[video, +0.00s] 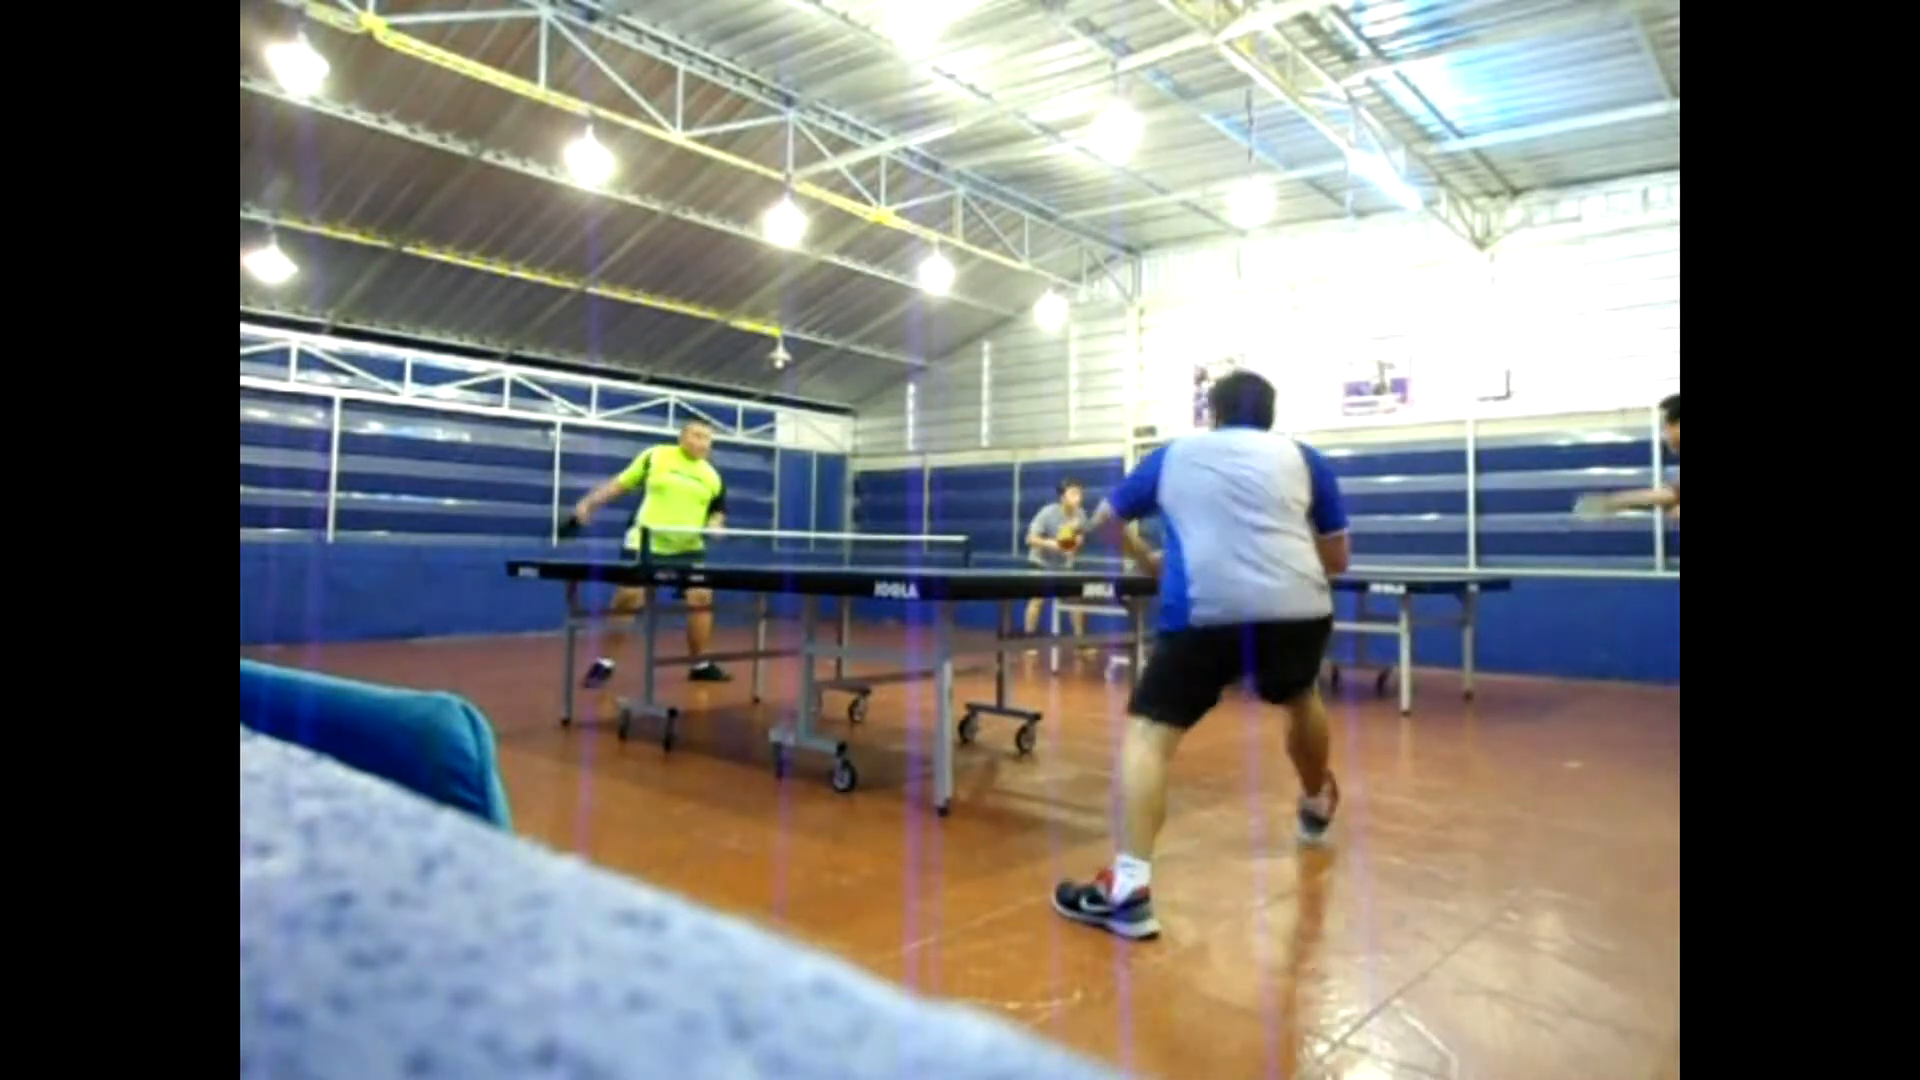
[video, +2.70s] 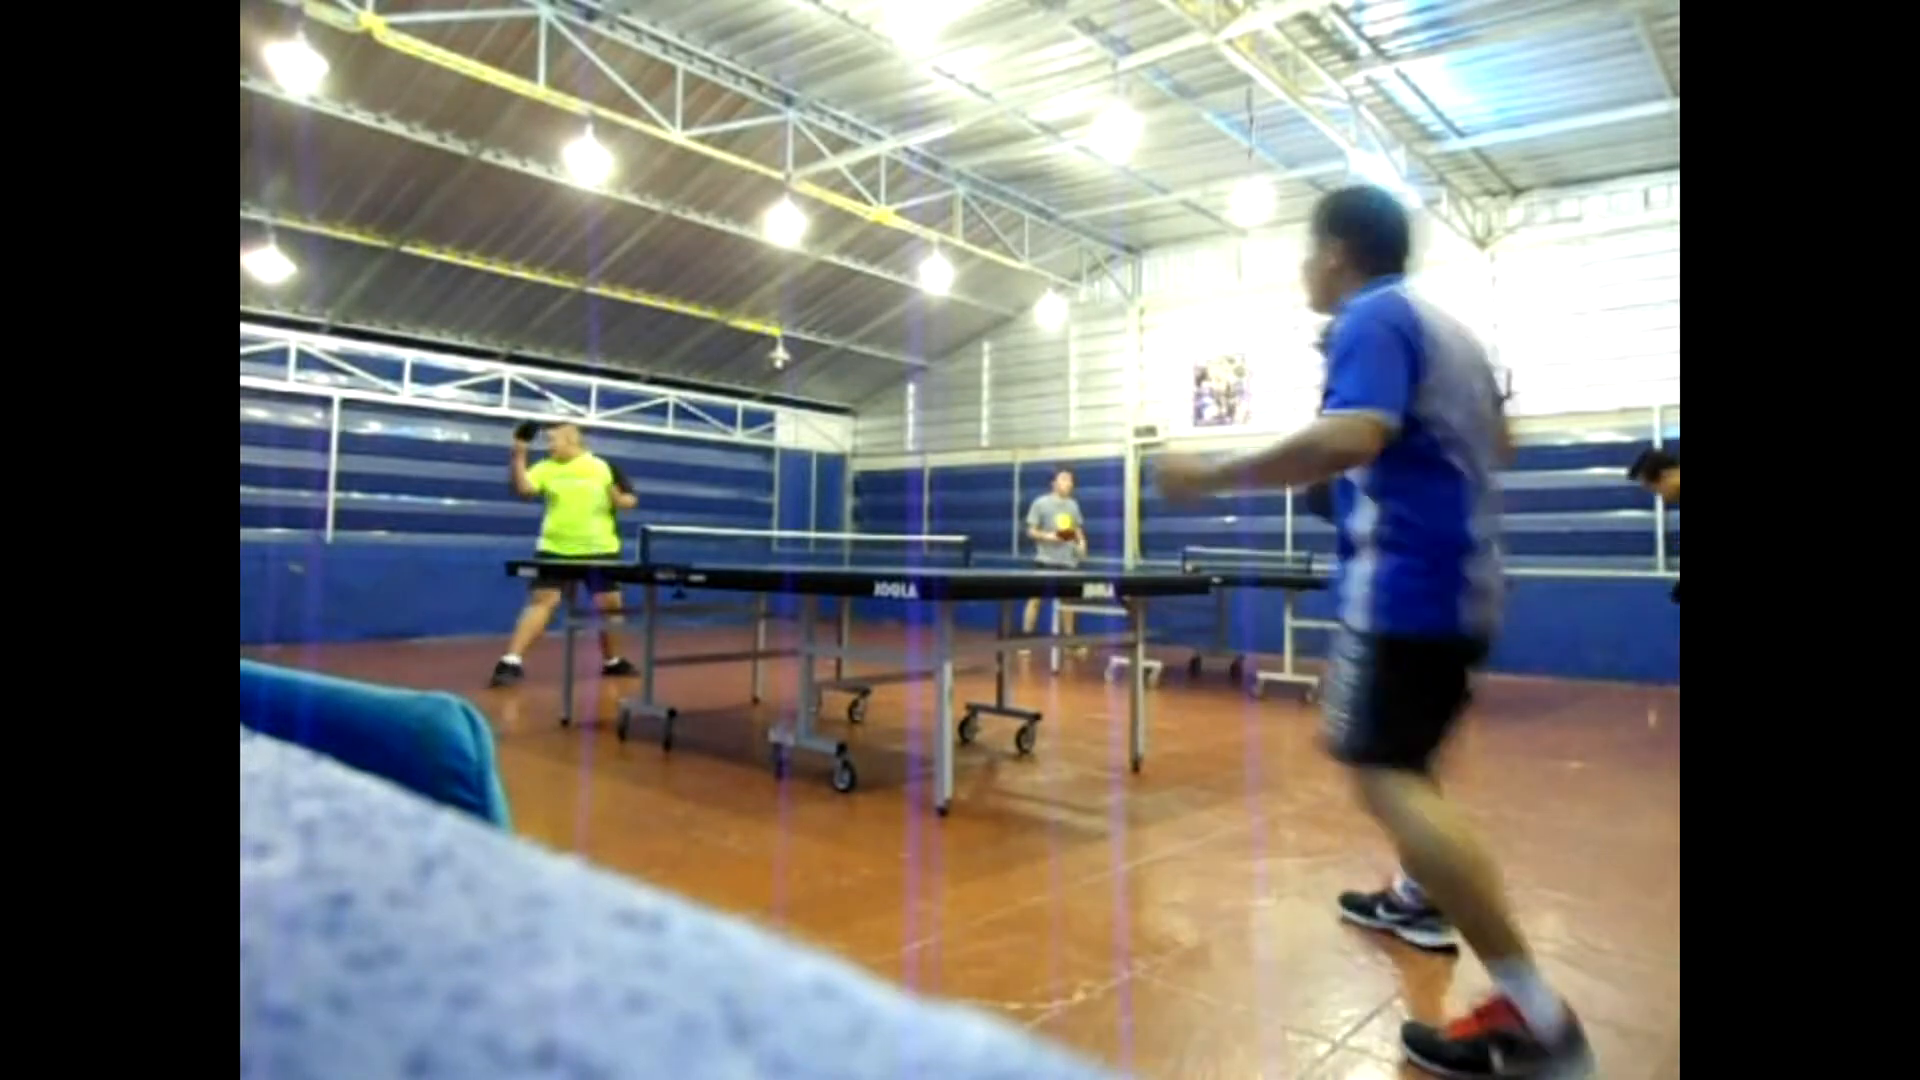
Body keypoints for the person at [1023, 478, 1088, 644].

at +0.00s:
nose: (1076, 498)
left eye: (1078, 493)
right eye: (1072, 493)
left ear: (1081, 496)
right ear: (1063, 496)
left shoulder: (1080, 515)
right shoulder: (1048, 513)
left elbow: (1082, 534)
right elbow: (1031, 537)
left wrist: (1075, 543)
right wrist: (1052, 545)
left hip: (1066, 563)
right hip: (1041, 563)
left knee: (1076, 600)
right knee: (1037, 599)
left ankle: (1080, 638)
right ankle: (1029, 636)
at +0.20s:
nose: (1084, 506)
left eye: (1086, 502)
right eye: (1080, 501)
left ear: (1087, 504)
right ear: (1070, 503)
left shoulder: (1079, 519)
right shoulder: (1055, 517)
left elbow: (1073, 544)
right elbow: (1049, 547)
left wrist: (1085, 551)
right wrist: (1078, 551)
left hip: (1065, 564)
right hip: (1042, 564)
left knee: (1077, 600)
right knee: (1041, 597)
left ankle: (1079, 639)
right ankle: (1029, 636)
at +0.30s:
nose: (1087, 502)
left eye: (1088, 498)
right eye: (1083, 498)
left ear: (1089, 501)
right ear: (1072, 499)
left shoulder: (1079, 516)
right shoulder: (1060, 515)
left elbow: (1074, 539)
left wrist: (1077, 551)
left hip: (1065, 562)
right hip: (1044, 563)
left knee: (1076, 600)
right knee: (1042, 598)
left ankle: (1079, 639)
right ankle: (1029, 635)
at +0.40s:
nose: (1089, 496)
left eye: (1090, 492)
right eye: (1085, 491)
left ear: (1091, 495)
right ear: (1075, 493)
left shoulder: (1081, 511)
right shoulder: (1063, 510)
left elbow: (1078, 535)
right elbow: (1074, 530)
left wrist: (1080, 556)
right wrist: (1096, 527)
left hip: (1069, 561)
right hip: (1049, 561)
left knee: (1077, 601)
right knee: (1042, 598)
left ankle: (1079, 638)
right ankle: (1030, 635)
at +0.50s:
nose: (1089, 492)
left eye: (1091, 488)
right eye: (1085, 487)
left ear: (1091, 492)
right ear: (1076, 489)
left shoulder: (1082, 509)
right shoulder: (1064, 505)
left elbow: (1079, 529)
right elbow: (1069, 526)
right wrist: (1091, 522)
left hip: (1072, 560)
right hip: (1051, 559)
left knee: (1077, 600)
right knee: (1042, 596)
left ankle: (1079, 638)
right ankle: (1029, 633)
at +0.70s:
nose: (1086, 491)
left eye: (1088, 487)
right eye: (1082, 486)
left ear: (1089, 491)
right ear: (1072, 488)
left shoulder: (1083, 509)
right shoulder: (1057, 506)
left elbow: (1083, 529)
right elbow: (1049, 530)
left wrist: (1080, 533)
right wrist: (1068, 531)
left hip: (1071, 560)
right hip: (1049, 558)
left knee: (1076, 600)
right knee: (1041, 597)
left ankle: (1079, 638)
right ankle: (1028, 634)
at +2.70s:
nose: (1066, 485)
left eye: (1069, 480)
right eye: (1063, 480)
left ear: (1072, 484)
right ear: (1054, 483)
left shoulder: (1073, 504)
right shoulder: (1041, 503)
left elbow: (1078, 527)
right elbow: (1032, 530)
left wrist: (1081, 544)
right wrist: (1051, 537)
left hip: (1068, 560)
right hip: (1046, 559)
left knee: (1068, 601)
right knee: (1036, 598)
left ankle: (1069, 638)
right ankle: (1027, 634)